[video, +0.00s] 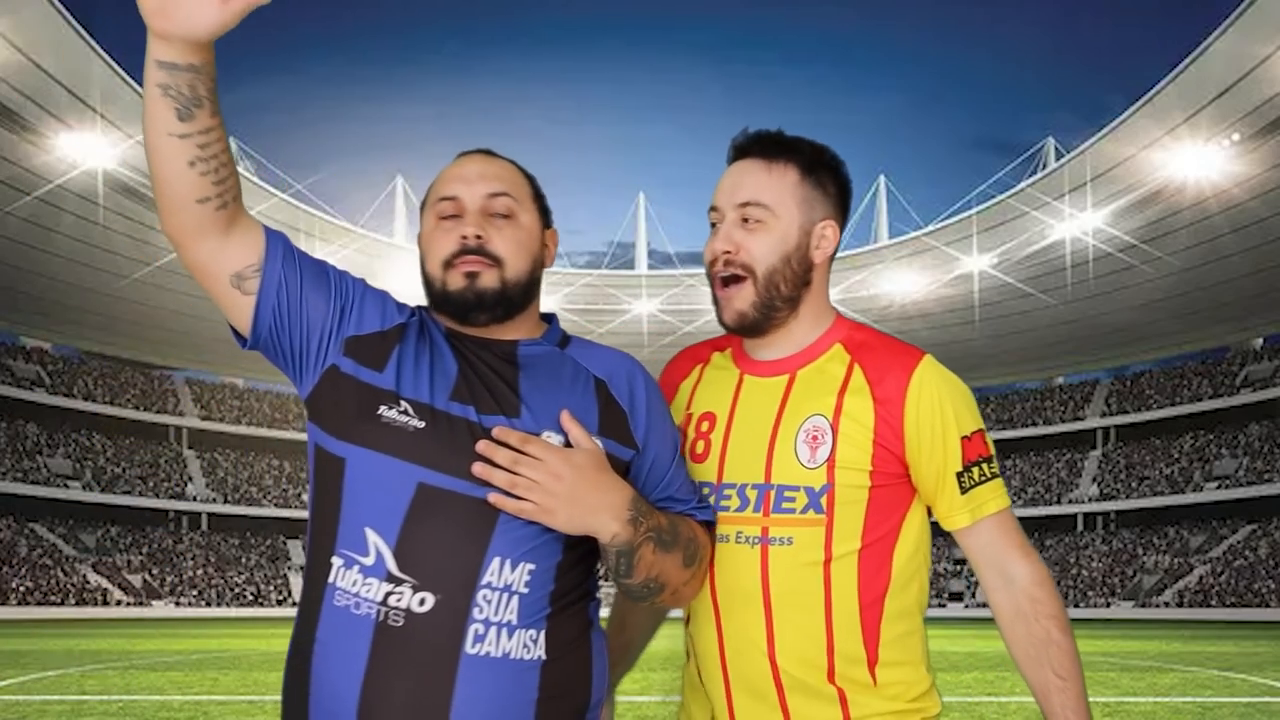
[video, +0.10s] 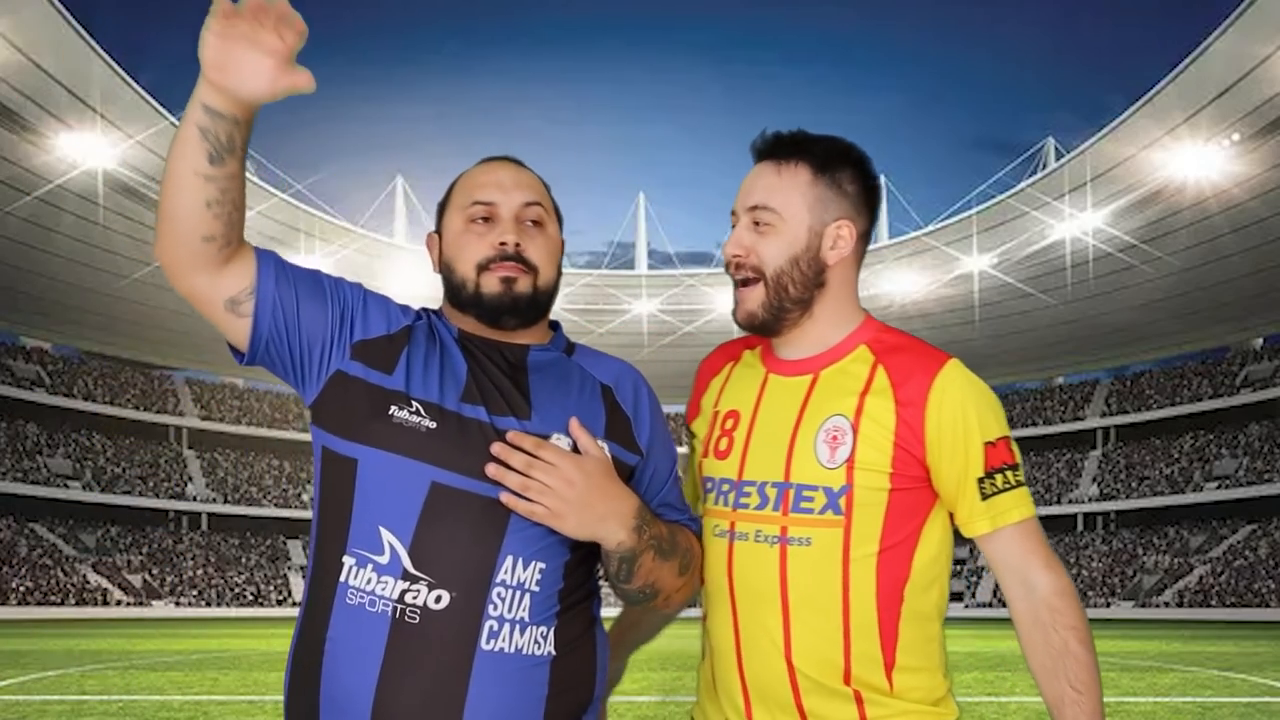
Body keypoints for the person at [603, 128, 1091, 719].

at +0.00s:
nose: (718, 246)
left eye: (751, 220)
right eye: (715, 224)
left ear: (821, 242)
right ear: (707, 238)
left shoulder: (910, 387)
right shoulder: (684, 381)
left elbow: (1012, 577)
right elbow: (655, 561)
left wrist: (1071, 717)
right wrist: (589, 689)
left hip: (872, 708)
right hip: (713, 709)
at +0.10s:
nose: (731, 248)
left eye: (761, 224)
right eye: (735, 224)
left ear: (839, 241)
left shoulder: (936, 392)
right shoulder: (716, 379)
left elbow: (1036, 588)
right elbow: (696, 551)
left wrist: (1080, 712)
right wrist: (603, 654)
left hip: (883, 702)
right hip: (725, 704)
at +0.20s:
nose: (754, 253)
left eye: (780, 226)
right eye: (762, 227)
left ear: (858, 241)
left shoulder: (968, 396)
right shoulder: (751, 367)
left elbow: (1065, 600)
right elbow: (735, 515)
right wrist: (618, 603)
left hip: (905, 705)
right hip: (743, 706)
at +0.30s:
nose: (784, 262)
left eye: (809, 235)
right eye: (793, 234)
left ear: (890, 245)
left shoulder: (995, 405)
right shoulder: (775, 360)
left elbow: (1089, 611)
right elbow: (743, 492)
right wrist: (637, 576)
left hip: (927, 705)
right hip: (765, 702)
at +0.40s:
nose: (804, 265)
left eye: (828, 240)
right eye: (810, 237)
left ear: (906, 250)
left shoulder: (1015, 409)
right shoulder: (789, 362)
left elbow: (1109, 616)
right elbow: (745, 496)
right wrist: (635, 594)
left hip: (945, 707)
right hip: (785, 704)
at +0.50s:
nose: (809, 265)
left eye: (832, 237)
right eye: (818, 236)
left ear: (910, 252)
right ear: (907, 252)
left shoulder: (1023, 408)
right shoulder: (794, 365)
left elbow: (1120, 617)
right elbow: (755, 506)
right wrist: (673, 626)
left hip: (952, 708)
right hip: (786, 708)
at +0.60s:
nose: (800, 261)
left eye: (824, 235)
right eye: (809, 233)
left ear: (902, 248)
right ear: (898, 248)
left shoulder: (1016, 404)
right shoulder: (786, 365)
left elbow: (1107, 607)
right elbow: (758, 518)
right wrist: (699, 654)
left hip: (946, 707)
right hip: (783, 704)